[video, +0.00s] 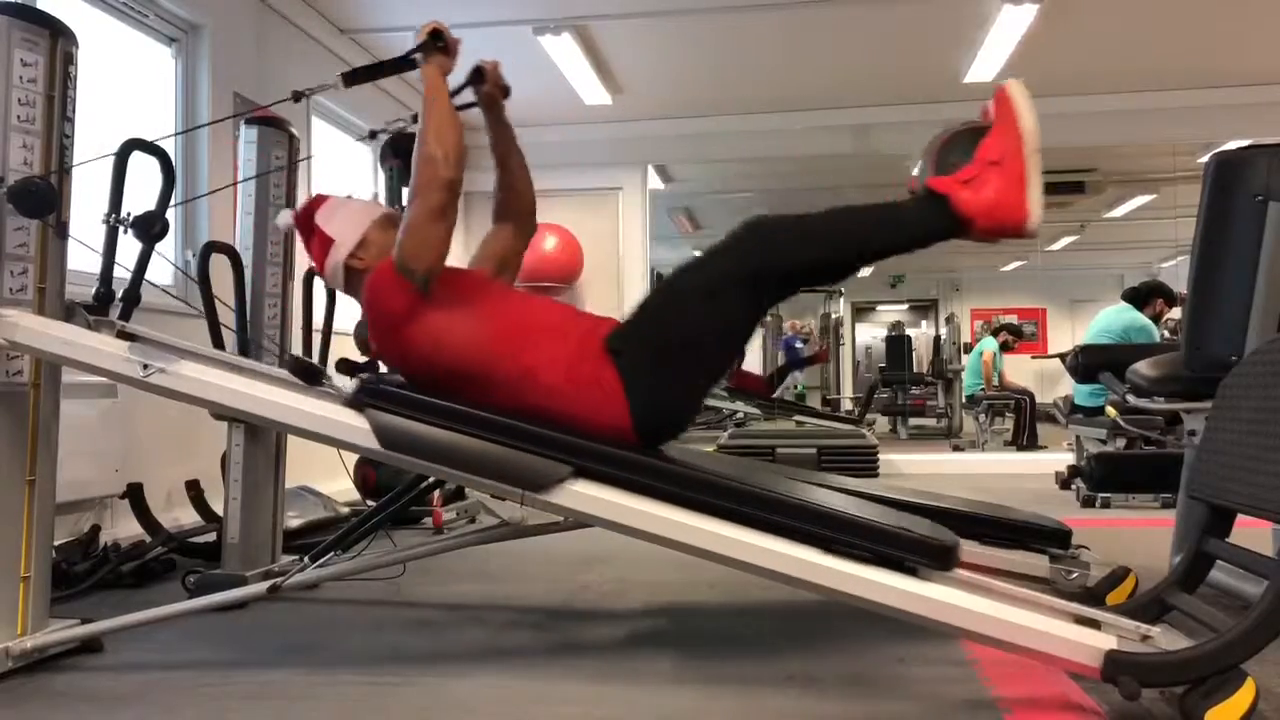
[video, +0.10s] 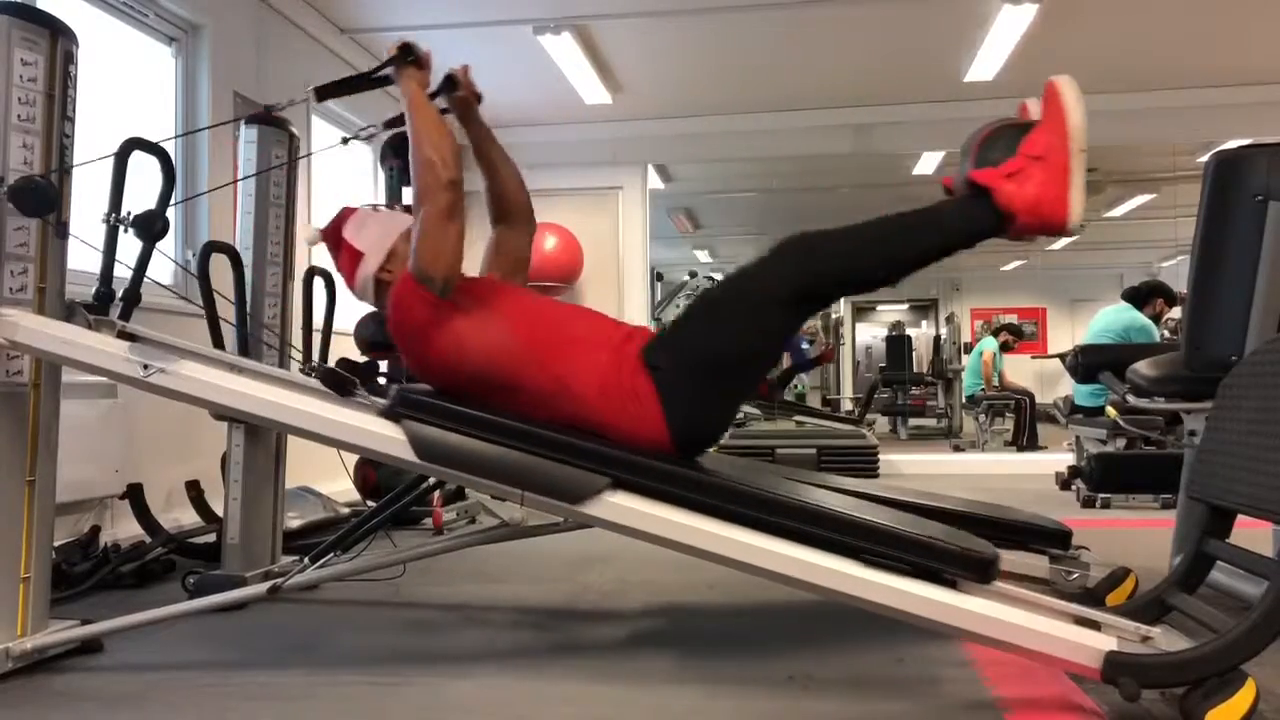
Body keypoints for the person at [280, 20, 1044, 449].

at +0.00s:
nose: (387, 225)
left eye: (378, 215)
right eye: (370, 225)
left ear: (380, 238)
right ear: (351, 257)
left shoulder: (445, 297)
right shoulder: (391, 304)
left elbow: (518, 219)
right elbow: (438, 179)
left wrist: (495, 119)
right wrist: (436, 76)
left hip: (630, 369)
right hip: (625, 390)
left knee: (754, 246)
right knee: (749, 253)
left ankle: (959, 202)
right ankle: (966, 206)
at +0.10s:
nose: (386, 232)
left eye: (378, 226)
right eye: (371, 235)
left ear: (397, 247)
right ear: (368, 270)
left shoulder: (474, 307)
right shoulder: (417, 317)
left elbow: (513, 217)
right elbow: (439, 181)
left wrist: (472, 123)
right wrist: (411, 84)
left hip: (665, 379)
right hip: (657, 399)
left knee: (798, 264)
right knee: (792, 268)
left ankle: (999, 199)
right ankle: (1004, 202)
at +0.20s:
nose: (415, 245)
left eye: (404, 238)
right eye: (401, 243)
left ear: (418, 268)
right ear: (402, 275)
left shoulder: (488, 305)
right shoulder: (447, 318)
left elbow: (511, 223)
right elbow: (447, 192)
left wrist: (454, 144)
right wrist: (391, 114)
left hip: (694, 389)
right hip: (691, 409)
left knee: (835, 271)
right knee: (833, 275)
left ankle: (1028, 198)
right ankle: (1041, 200)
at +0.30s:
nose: (496, 242)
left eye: (438, 238)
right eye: (440, 240)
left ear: (432, 283)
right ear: (427, 273)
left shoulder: (502, 329)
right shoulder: (477, 324)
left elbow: (520, 233)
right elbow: (466, 215)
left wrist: (424, 154)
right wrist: (392, 147)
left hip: (723, 404)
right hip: (724, 415)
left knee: (867, 277)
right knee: (869, 279)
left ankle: (1053, 198)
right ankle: (1074, 196)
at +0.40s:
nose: (515, 251)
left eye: (503, 242)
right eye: (499, 247)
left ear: (464, 286)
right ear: (474, 278)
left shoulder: (519, 335)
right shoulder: (505, 342)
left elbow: (477, 229)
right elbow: (460, 222)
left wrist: (411, 188)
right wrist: (384, 177)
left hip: (751, 406)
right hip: (752, 426)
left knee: (890, 279)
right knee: (894, 282)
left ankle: (1077, 190)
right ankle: (1099, 190)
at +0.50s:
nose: (531, 265)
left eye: (519, 257)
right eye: (511, 259)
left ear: (486, 301)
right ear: (485, 297)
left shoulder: (539, 346)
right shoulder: (520, 349)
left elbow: (468, 250)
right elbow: (458, 233)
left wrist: (396, 208)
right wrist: (366, 202)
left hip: (768, 413)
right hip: (771, 433)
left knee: (905, 282)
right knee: (908, 287)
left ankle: (1090, 188)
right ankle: (1109, 191)